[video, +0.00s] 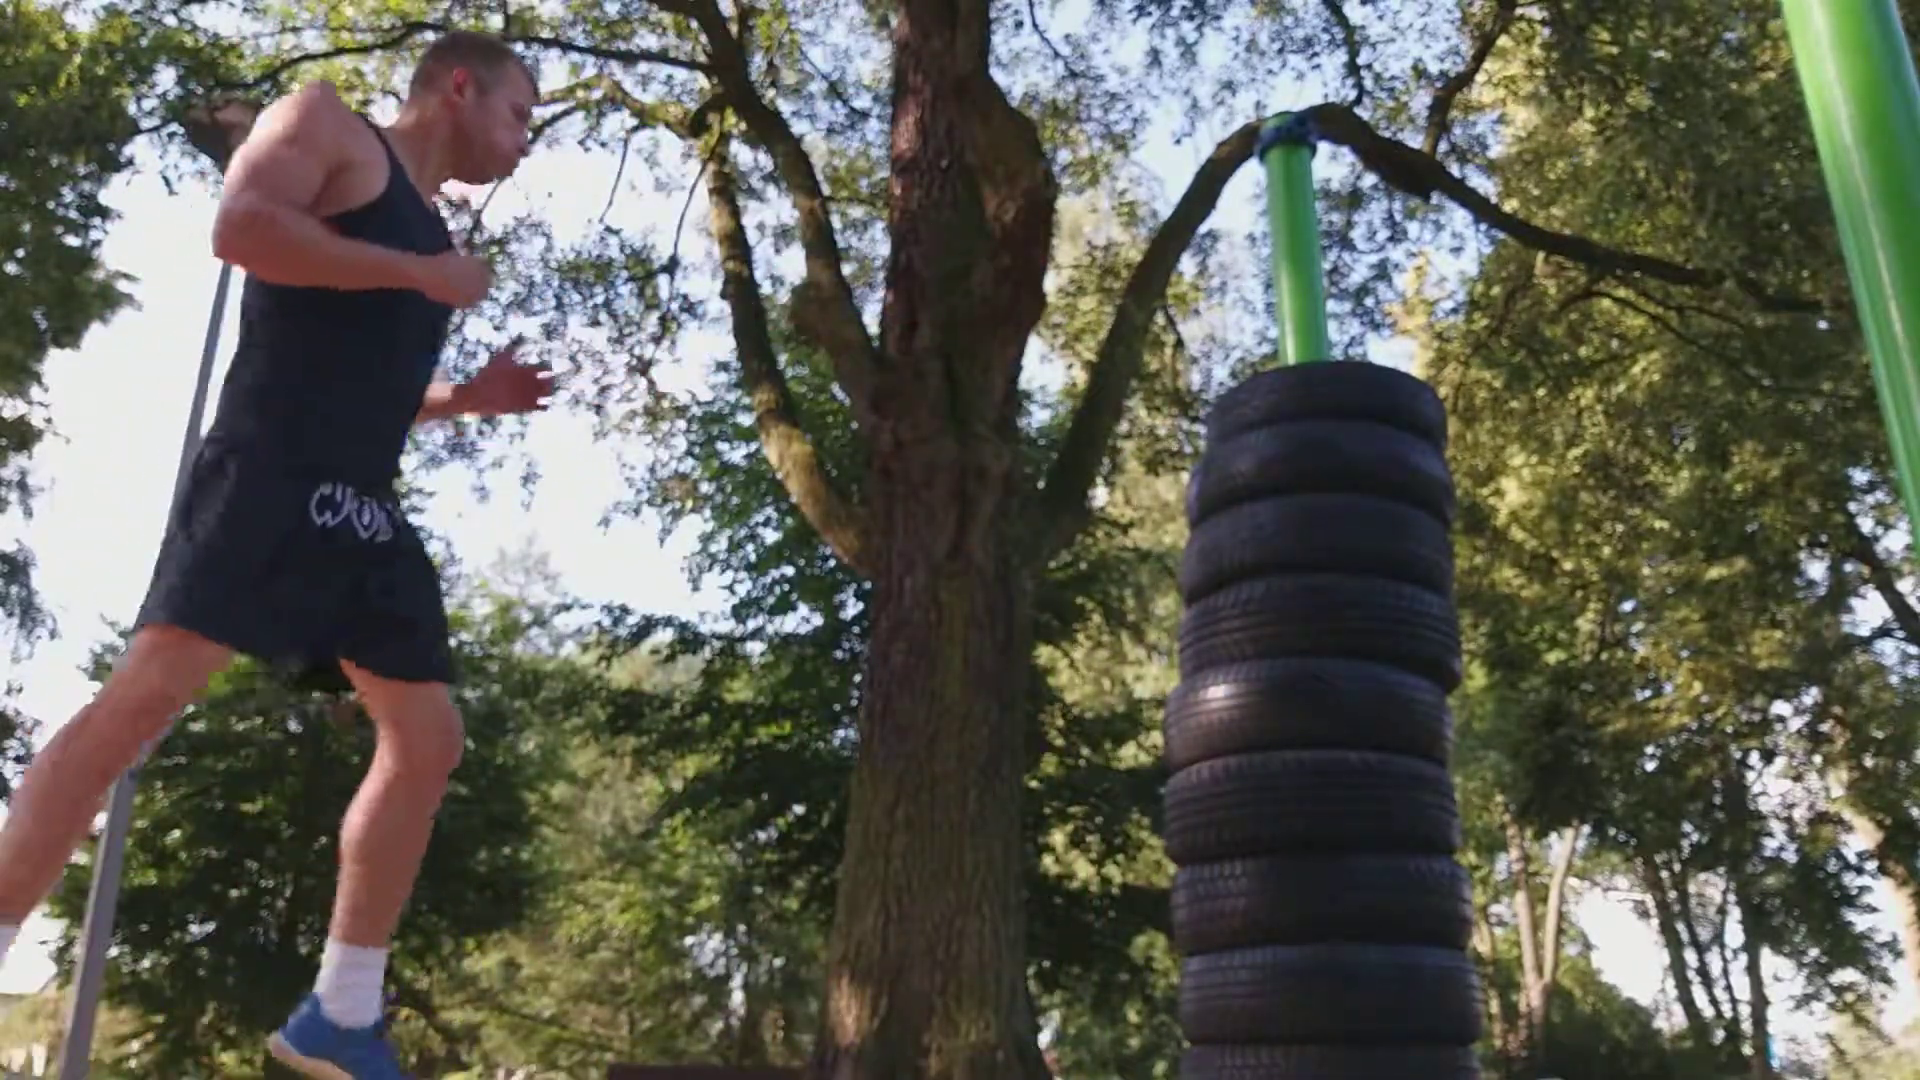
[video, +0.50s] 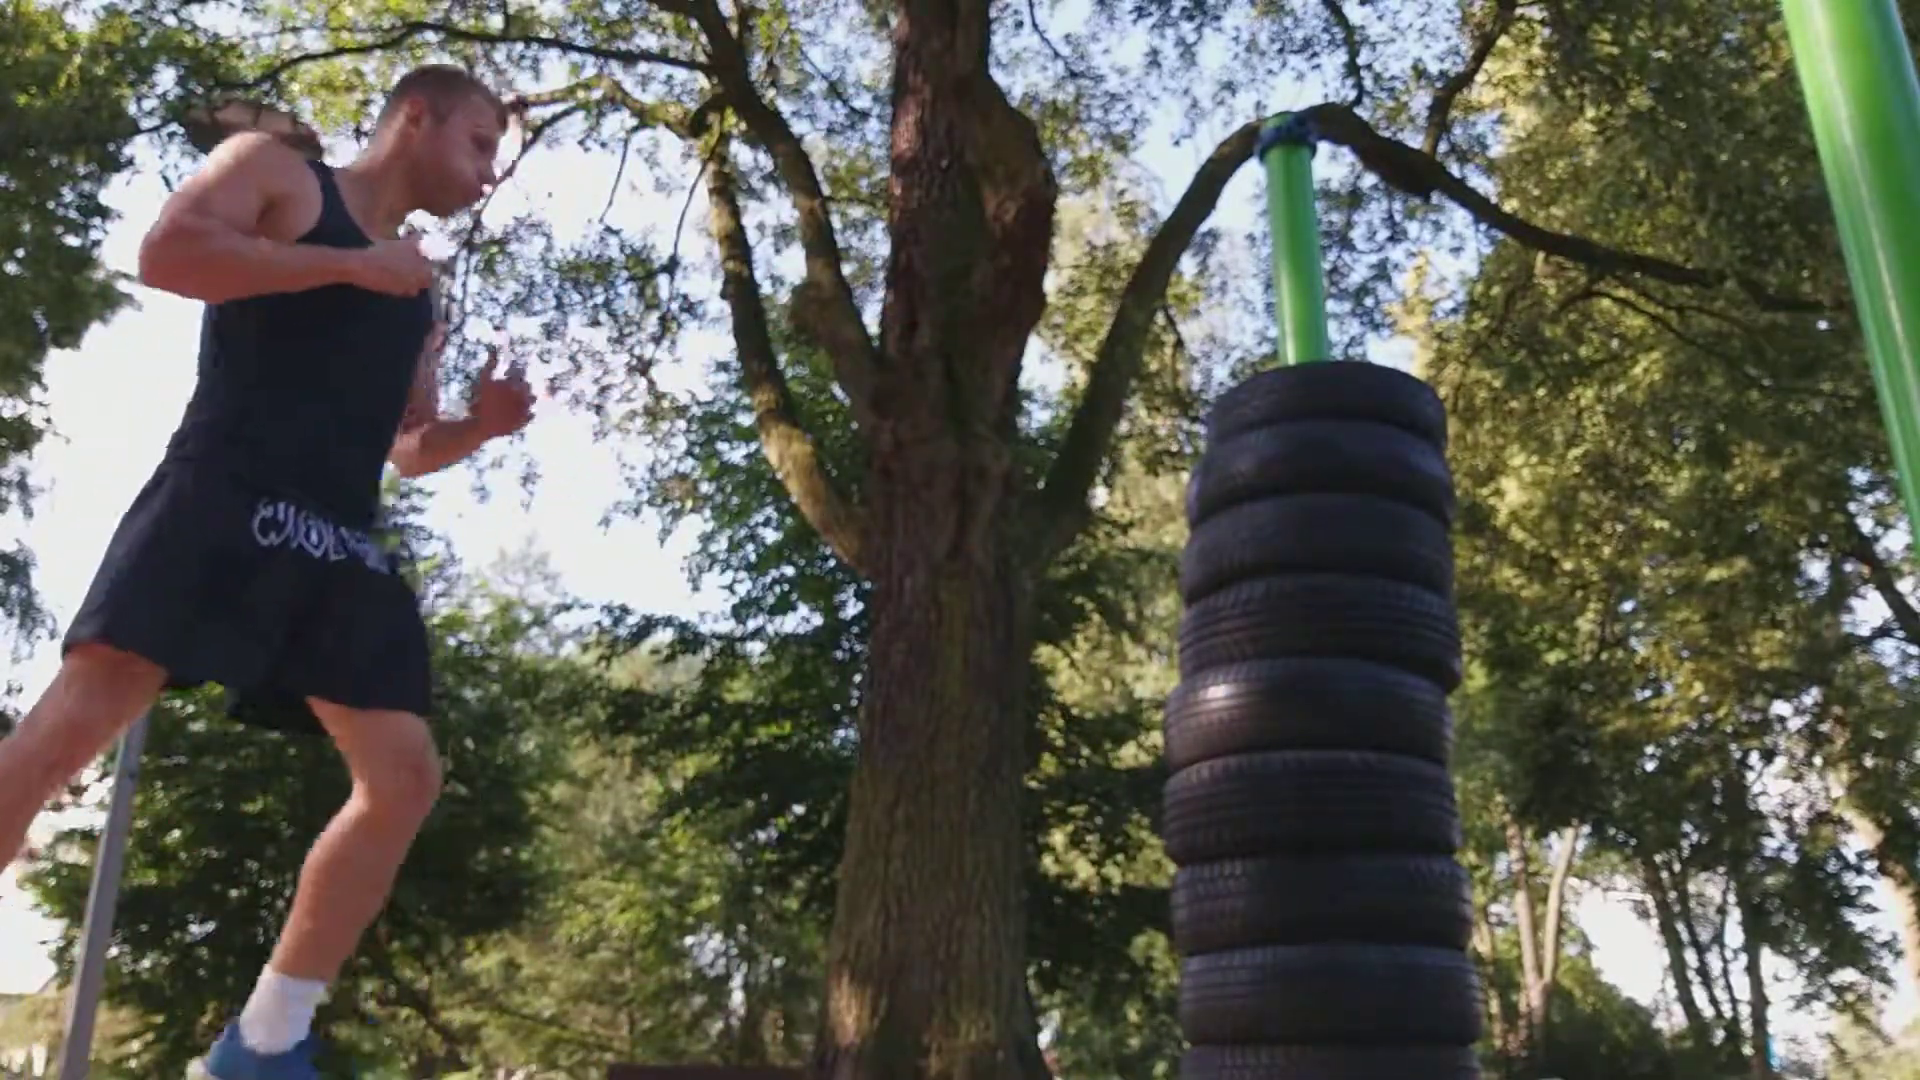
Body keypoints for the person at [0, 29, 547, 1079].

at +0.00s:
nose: (525, 143)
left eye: (531, 127)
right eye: (520, 117)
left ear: (463, 104)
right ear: (455, 88)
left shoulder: (432, 229)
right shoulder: (328, 114)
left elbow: (364, 390)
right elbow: (243, 227)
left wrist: (467, 395)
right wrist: (423, 273)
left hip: (365, 508)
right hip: (261, 483)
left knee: (424, 741)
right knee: (142, 703)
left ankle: (343, 1011)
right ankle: (3, 934)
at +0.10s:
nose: (533, 180)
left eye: (539, 161)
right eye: (527, 153)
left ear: (475, 141)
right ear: (463, 127)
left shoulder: (438, 271)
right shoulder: (341, 164)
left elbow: (401, 438)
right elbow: (276, 275)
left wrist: (509, 423)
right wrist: (445, 307)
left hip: (397, 550)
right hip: (294, 523)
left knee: (440, 782)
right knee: (178, 750)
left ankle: (409, 1053)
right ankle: (8, 988)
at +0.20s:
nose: (533, 223)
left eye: (536, 205)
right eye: (524, 198)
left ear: (462, 191)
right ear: (459, 183)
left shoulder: (445, 334)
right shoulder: (340, 239)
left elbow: (439, 490)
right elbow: (295, 365)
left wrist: (537, 483)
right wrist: (458, 363)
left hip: (414, 611)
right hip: (311, 589)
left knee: (473, 831)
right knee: (205, 794)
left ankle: (392, 1067)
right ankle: (17, 1029)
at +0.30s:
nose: (533, 192)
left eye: (539, 175)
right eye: (527, 166)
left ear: (476, 154)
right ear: (460, 139)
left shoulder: (449, 294)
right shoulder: (333, 194)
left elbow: (413, 446)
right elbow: (247, 316)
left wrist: (515, 457)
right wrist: (417, 328)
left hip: (400, 563)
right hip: (291, 531)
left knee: (419, 790)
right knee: (157, 735)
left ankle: (401, 1056)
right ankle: (4, 976)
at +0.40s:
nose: (519, 158)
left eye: (527, 144)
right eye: (513, 132)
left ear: (467, 127)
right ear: (444, 104)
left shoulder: (438, 265)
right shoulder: (317, 151)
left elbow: (393, 421)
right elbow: (206, 247)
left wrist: (487, 416)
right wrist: (383, 274)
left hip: (368, 527)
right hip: (252, 492)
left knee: (409, 756)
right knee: (115, 702)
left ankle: (358, 1032)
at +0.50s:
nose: (490, 170)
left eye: (497, 155)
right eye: (481, 142)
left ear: (427, 133)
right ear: (416, 118)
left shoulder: (418, 288)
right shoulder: (279, 162)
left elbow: (409, 448)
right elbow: (167, 255)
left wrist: (479, 424)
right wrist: (352, 263)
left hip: (339, 549)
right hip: (213, 511)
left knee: (401, 784)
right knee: (63, 736)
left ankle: (263, 1041)